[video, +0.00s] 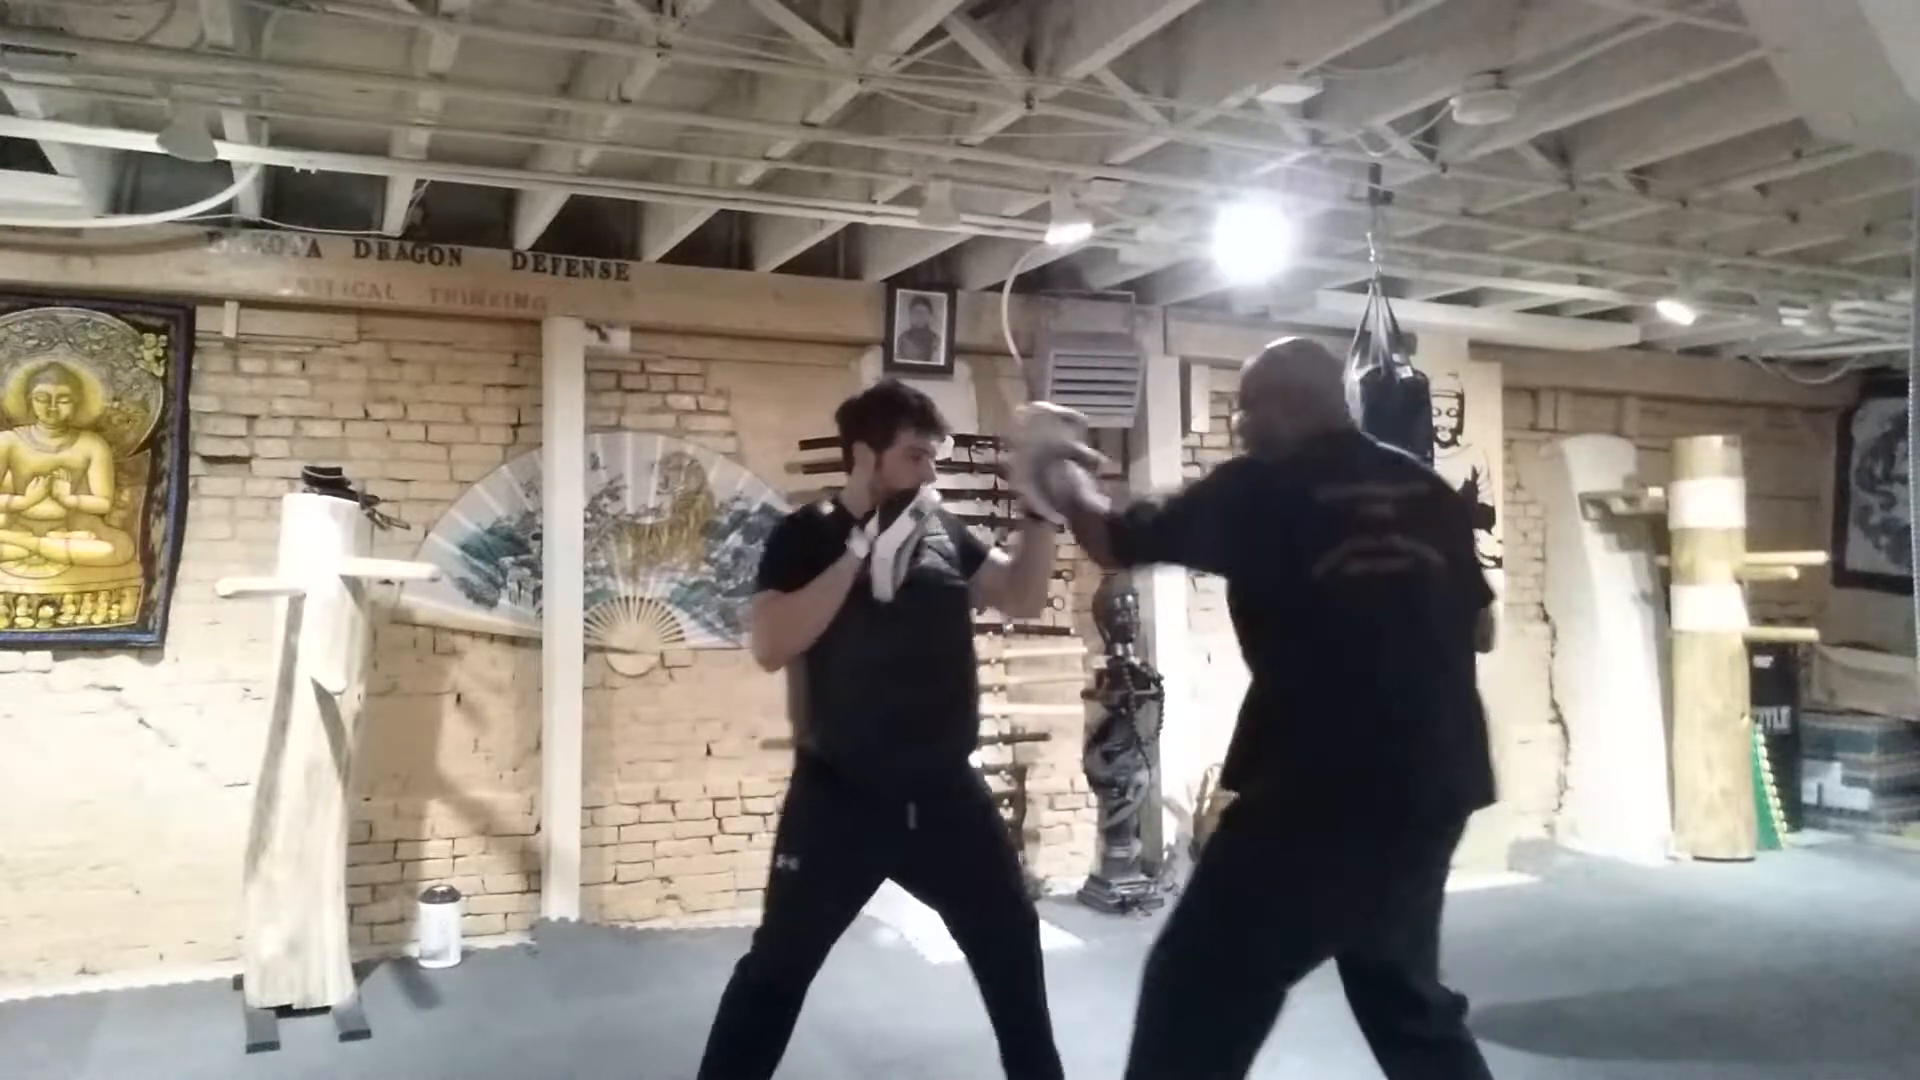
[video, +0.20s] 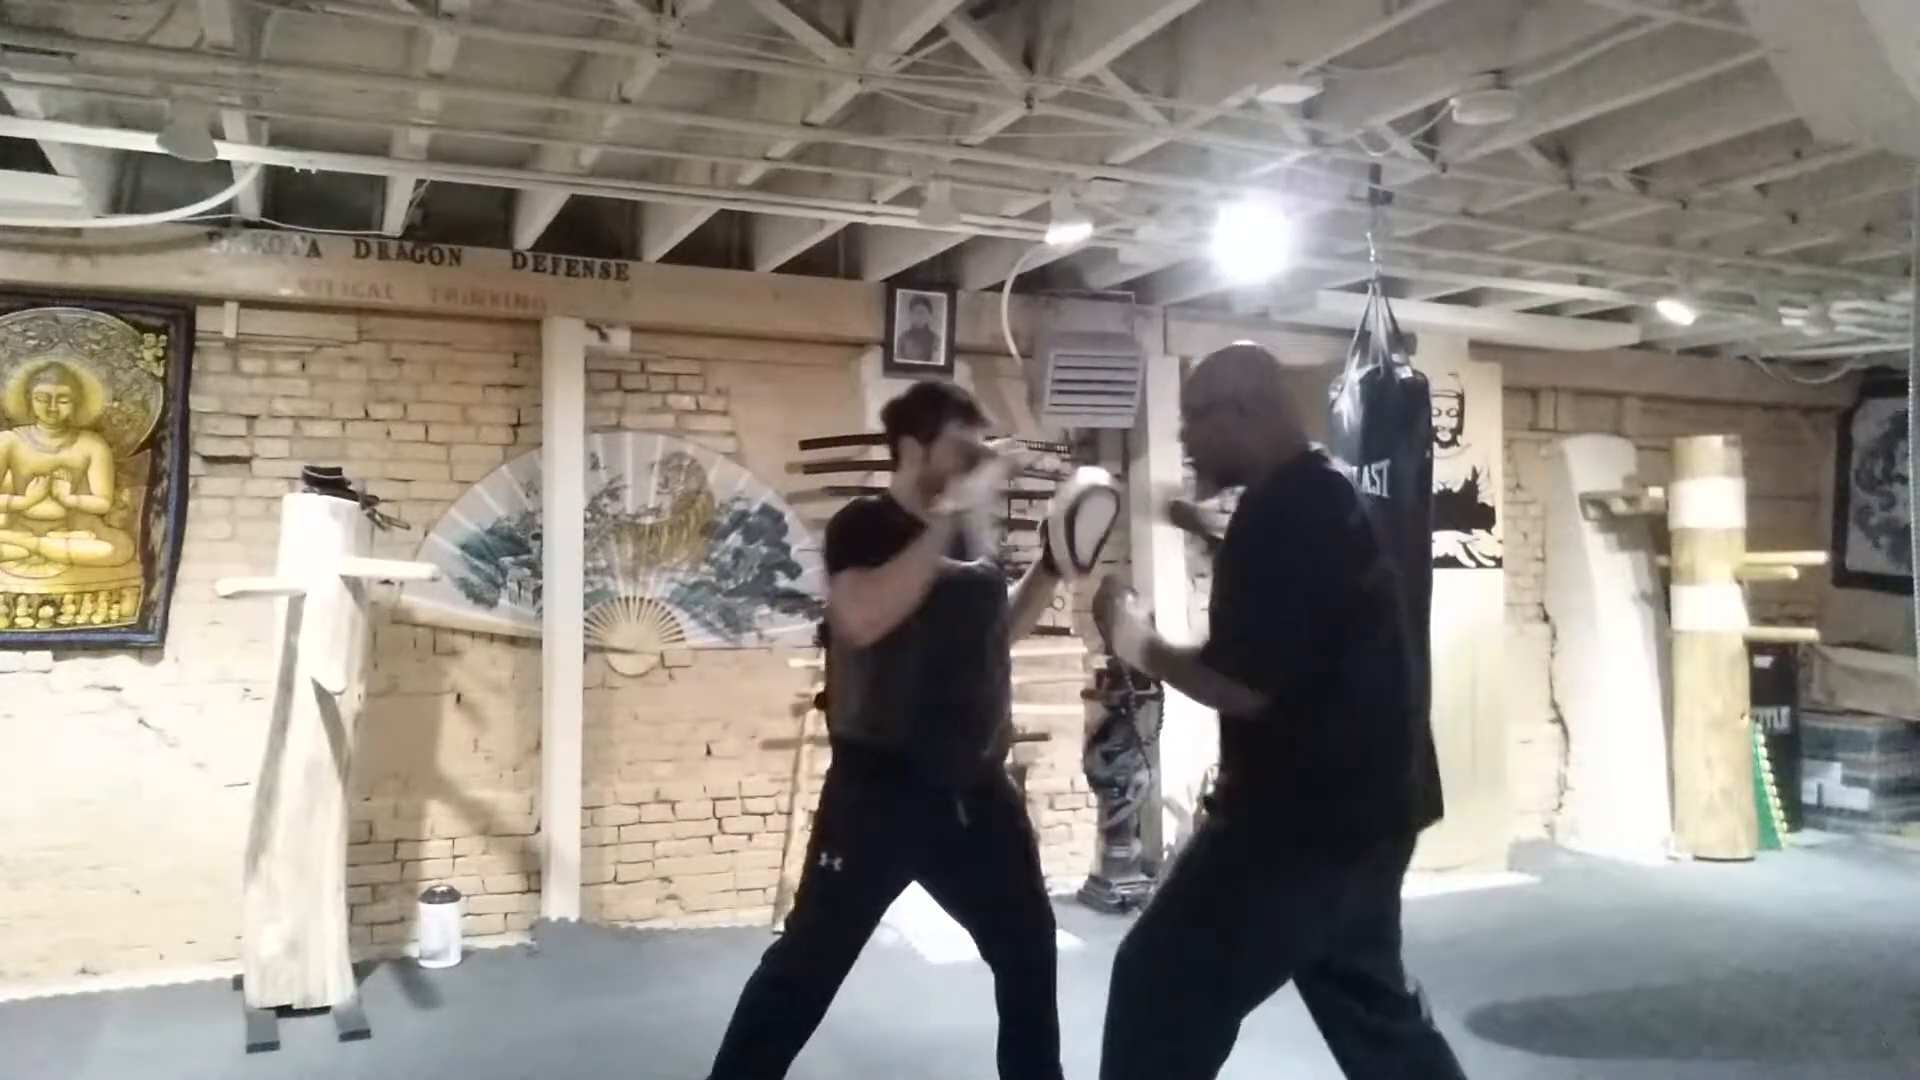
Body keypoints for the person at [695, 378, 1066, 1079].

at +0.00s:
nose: (929, 468)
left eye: (932, 455)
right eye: (915, 454)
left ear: (930, 456)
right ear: (864, 451)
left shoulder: (943, 534)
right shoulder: (805, 535)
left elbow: (1023, 596)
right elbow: (772, 644)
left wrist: (1038, 492)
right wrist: (857, 552)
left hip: (944, 794)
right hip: (838, 798)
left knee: (1012, 951)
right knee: (777, 970)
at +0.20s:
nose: (974, 465)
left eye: (978, 453)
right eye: (961, 448)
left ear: (974, 458)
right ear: (910, 448)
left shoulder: (967, 541)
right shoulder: (864, 525)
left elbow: (990, 638)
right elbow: (857, 619)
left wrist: (1052, 565)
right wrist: (950, 517)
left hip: (973, 795)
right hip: (875, 795)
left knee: (1029, 957)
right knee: (803, 973)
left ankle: (1035, 1079)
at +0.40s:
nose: (966, 477)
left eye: (972, 463)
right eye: (955, 459)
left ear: (975, 468)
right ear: (901, 453)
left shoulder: (959, 543)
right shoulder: (854, 525)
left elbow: (1021, 596)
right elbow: (858, 601)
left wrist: (1030, 528)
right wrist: (957, 511)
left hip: (960, 796)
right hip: (865, 797)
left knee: (1025, 950)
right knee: (805, 973)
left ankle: (1036, 1079)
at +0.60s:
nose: (934, 472)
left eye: (941, 459)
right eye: (919, 455)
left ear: (947, 464)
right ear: (871, 453)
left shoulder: (949, 544)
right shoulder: (818, 535)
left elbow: (954, 649)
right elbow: (792, 635)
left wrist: (996, 580)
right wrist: (862, 525)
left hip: (947, 795)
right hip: (843, 800)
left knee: (1020, 947)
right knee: (788, 972)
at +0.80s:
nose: (934, 470)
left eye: (938, 454)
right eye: (918, 454)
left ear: (939, 456)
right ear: (863, 457)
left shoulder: (948, 539)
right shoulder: (809, 545)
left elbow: (1004, 641)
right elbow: (764, 650)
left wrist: (1017, 555)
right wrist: (815, 539)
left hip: (960, 796)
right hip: (853, 800)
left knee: (1020, 959)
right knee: (794, 970)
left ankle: (1036, 1079)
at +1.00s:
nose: (944, 480)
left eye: (948, 464)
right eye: (931, 463)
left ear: (945, 463)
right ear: (877, 462)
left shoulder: (952, 539)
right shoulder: (815, 545)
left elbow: (977, 645)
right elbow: (753, 652)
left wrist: (1016, 562)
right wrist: (808, 551)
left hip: (954, 794)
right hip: (848, 797)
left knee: (1013, 946)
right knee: (786, 966)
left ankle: (1035, 1077)